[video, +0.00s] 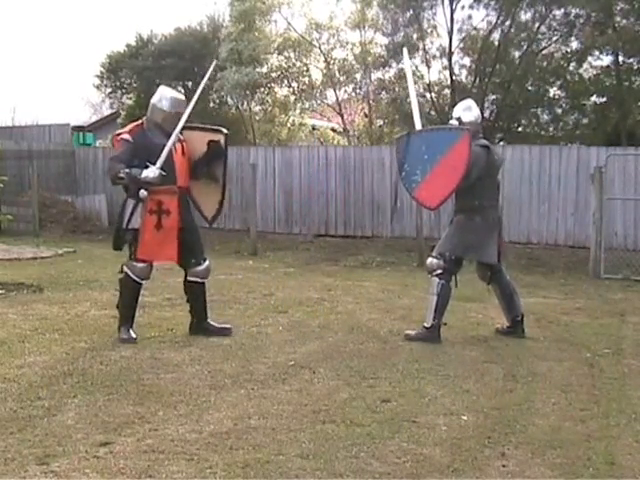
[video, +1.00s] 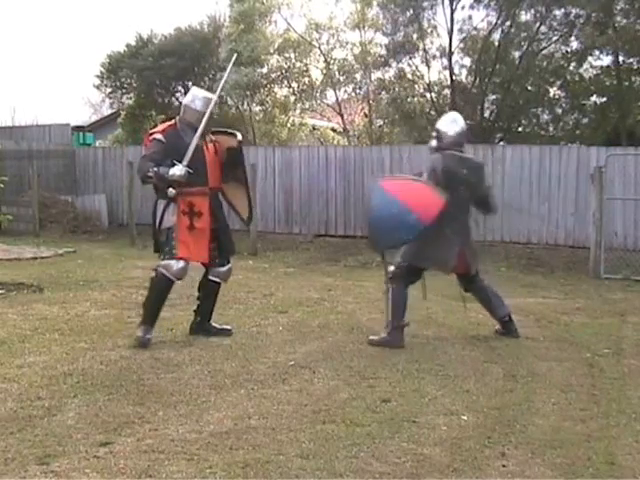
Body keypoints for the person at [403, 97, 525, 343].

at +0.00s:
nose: (455, 128)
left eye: (458, 123)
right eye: (456, 123)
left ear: (464, 124)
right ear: (478, 124)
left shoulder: (471, 152)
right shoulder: (490, 151)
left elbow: (455, 180)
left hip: (469, 220)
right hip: (489, 219)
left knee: (442, 267)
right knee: (491, 269)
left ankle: (432, 327)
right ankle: (516, 322)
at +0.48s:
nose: (452, 126)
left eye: (454, 122)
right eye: (453, 122)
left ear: (460, 123)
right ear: (476, 122)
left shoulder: (466, 150)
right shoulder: (487, 149)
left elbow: (451, 181)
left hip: (465, 219)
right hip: (487, 219)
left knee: (442, 268)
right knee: (489, 270)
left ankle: (433, 327)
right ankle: (515, 322)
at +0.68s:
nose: (451, 136)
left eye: (453, 132)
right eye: (453, 132)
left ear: (459, 133)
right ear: (480, 133)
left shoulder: (461, 157)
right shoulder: (494, 159)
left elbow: (457, 196)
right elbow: (505, 203)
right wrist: (479, 198)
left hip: (459, 229)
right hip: (487, 231)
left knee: (421, 262)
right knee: (488, 276)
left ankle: (422, 322)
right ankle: (510, 322)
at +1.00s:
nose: (435, 137)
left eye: (438, 133)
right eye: (437, 133)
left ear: (441, 135)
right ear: (462, 137)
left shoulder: (438, 162)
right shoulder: (475, 166)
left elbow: (429, 200)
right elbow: (486, 205)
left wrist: (415, 183)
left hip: (432, 238)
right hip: (459, 239)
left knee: (398, 277)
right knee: (471, 281)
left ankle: (394, 333)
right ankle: (507, 323)